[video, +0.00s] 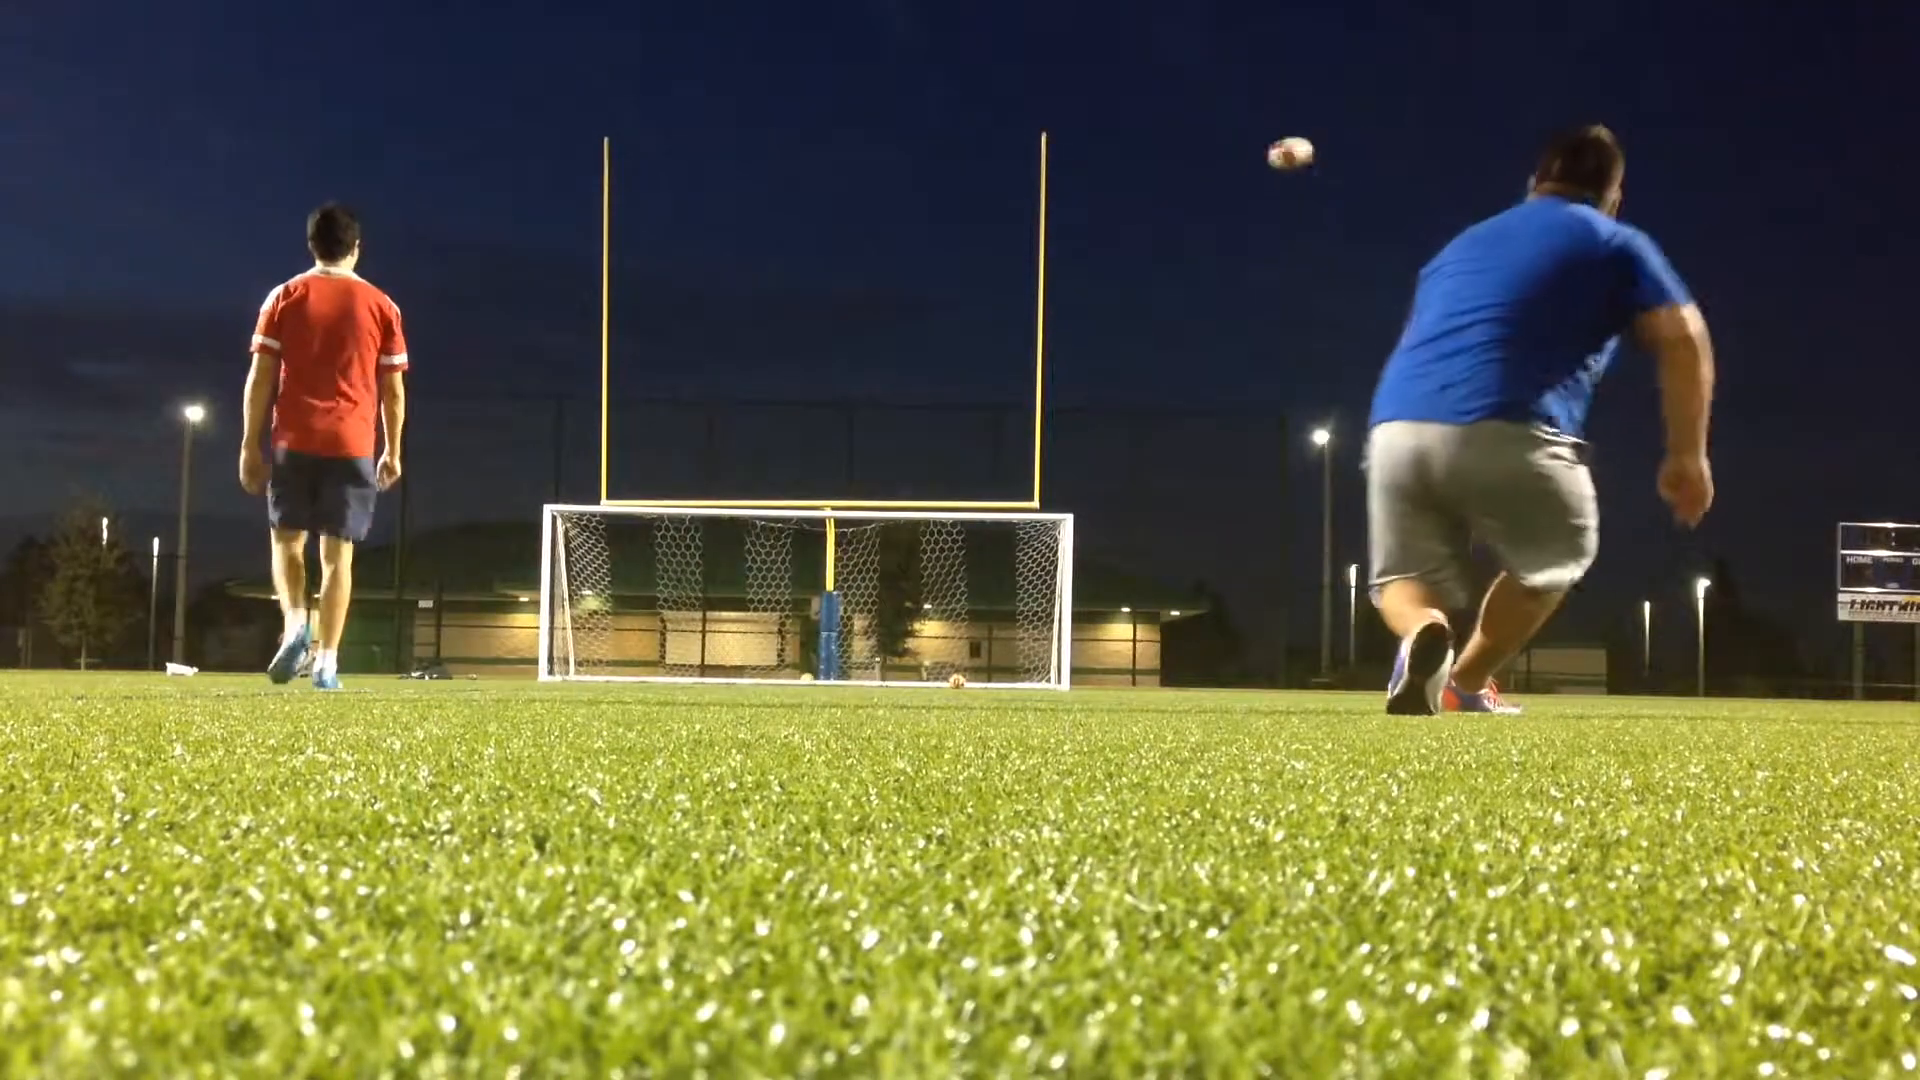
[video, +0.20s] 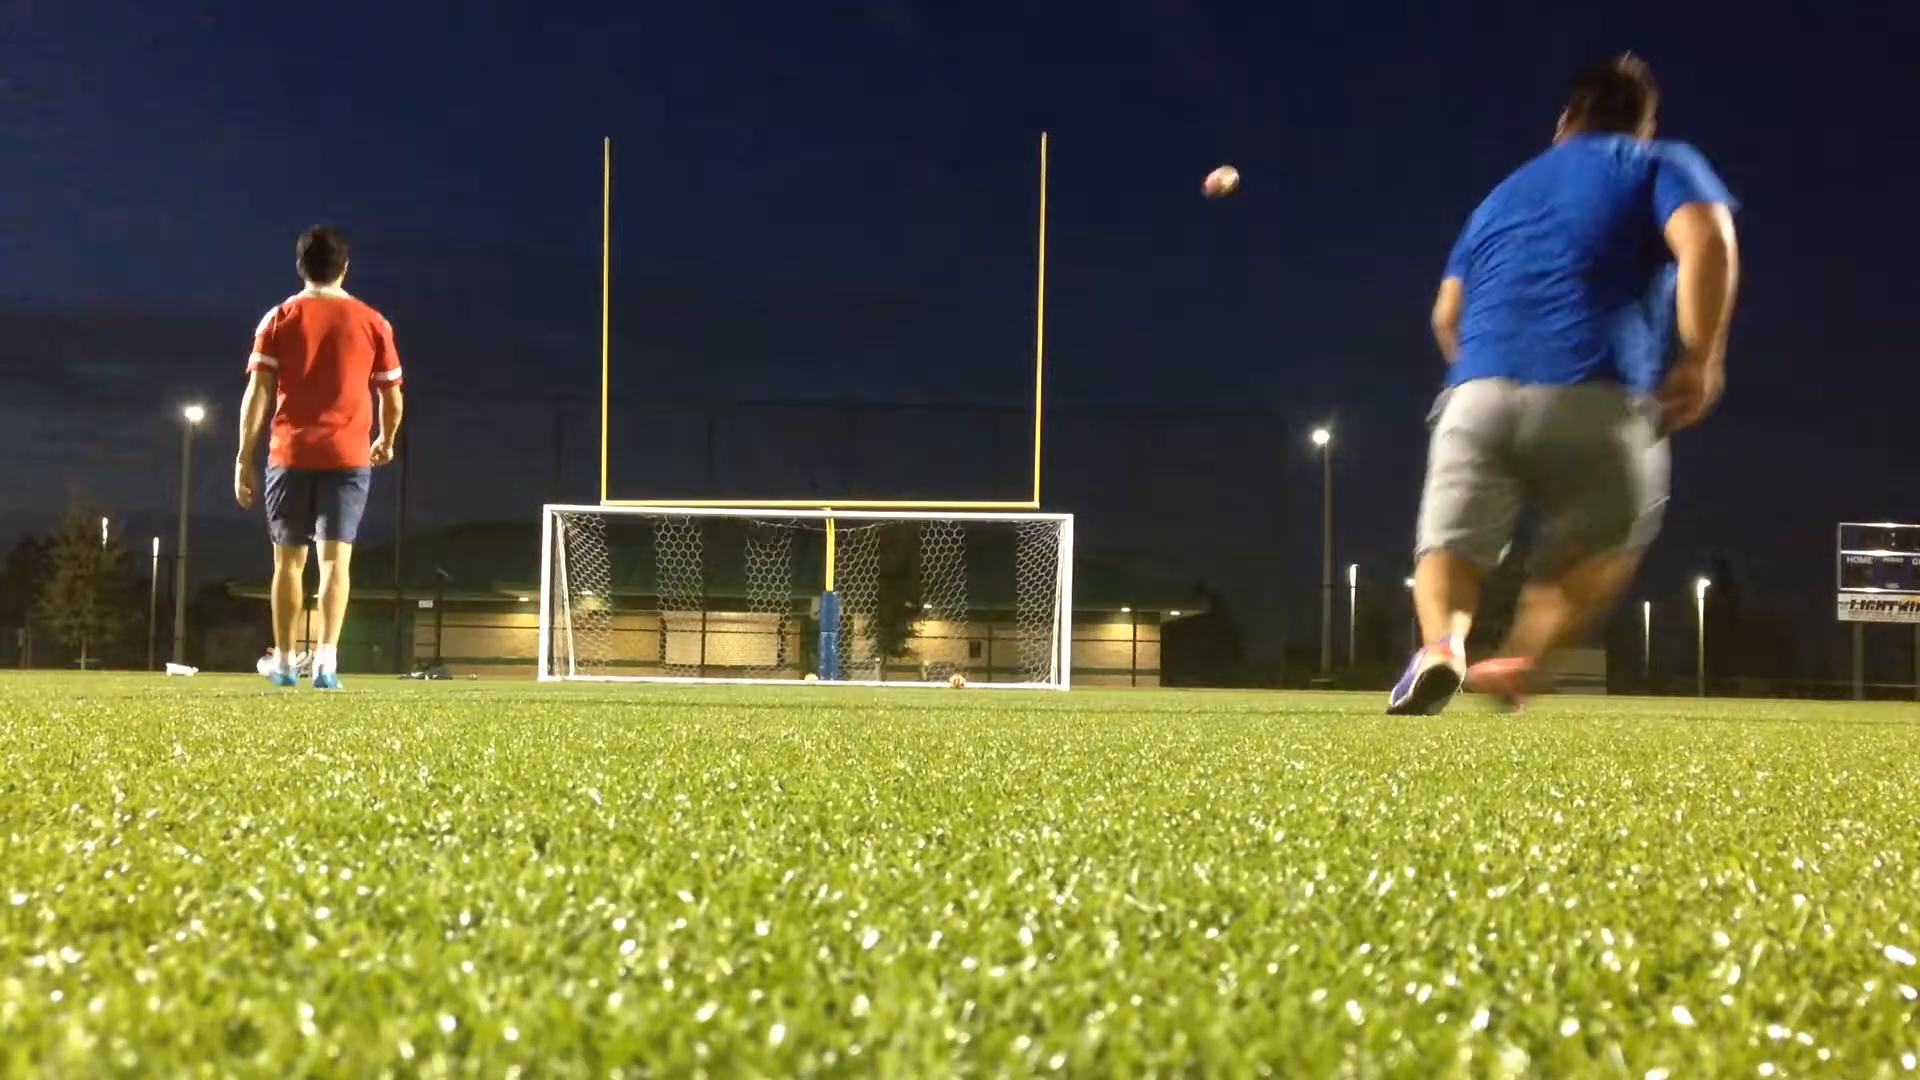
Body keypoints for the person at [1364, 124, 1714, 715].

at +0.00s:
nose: (1616, 206)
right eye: (1616, 197)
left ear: (1535, 183)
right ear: (1612, 195)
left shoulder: (1465, 241)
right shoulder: (1615, 242)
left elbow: (1427, 340)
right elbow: (1685, 334)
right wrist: (1688, 454)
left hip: (1400, 428)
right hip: (1512, 432)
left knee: (1402, 574)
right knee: (1553, 557)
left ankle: (1423, 630)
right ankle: (1466, 682)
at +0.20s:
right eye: (1649, 129)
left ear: (1563, 124)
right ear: (1644, 127)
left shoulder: (1503, 193)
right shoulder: (1659, 162)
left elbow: (1447, 316)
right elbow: (1708, 240)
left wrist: (1488, 381)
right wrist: (1699, 358)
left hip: (1481, 391)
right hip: (1596, 395)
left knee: (1448, 546)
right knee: (1603, 547)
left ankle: (1441, 645)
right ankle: (1519, 660)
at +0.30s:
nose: (1684, 114)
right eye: (1681, 105)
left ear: (1590, 105)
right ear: (1672, 104)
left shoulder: (1520, 180)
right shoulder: (1689, 145)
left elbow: (1479, 305)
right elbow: (1744, 239)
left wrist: (1525, 371)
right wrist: (1768, 356)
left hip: (1513, 380)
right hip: (1634, 376)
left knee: (1470, 535)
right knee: (1690, 502)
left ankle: (1439, 652)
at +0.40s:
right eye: (1726, 84)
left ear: (1630, 85)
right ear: (1719, 85)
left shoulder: (1557, 167)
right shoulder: (1744, 133)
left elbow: (1523, 291)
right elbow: (1819, 234)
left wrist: (1589, 345)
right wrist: (1852, 345)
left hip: (1556, 364)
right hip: (1692, 362)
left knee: (1500, 534)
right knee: (1774, 498)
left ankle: (1437, 665)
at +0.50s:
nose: (1701, 66)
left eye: (1706, 53)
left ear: (1715, 56)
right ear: (1805, 54)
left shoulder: (1644, 139)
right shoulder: (1850, 104)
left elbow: (1602, 270)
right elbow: (1906, 207)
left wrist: (1707, 272)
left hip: (1660, 350)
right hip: (1806, 343)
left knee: (1571, 526)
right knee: (1854, 520)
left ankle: (1478, 660)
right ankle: (1872, 688)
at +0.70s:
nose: (1817, 11)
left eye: (1816, 7)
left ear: (1825, 6)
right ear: (1892, 1)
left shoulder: (1776, 79)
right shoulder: (1915, 47)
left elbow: (1734, 222)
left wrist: (1814, 202)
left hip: (1828, 296)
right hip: (1916, 289)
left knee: (1789, 486)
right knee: (1907, 498)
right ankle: (1892, 676)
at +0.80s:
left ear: (1855, 0)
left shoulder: (1814, 59)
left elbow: (1775, 202)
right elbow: (1779, 200)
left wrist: (1848, 203)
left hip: (1875, 283)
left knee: (1896, 486)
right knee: (1896, 483)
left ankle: (1918, 660)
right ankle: (1916, 662)